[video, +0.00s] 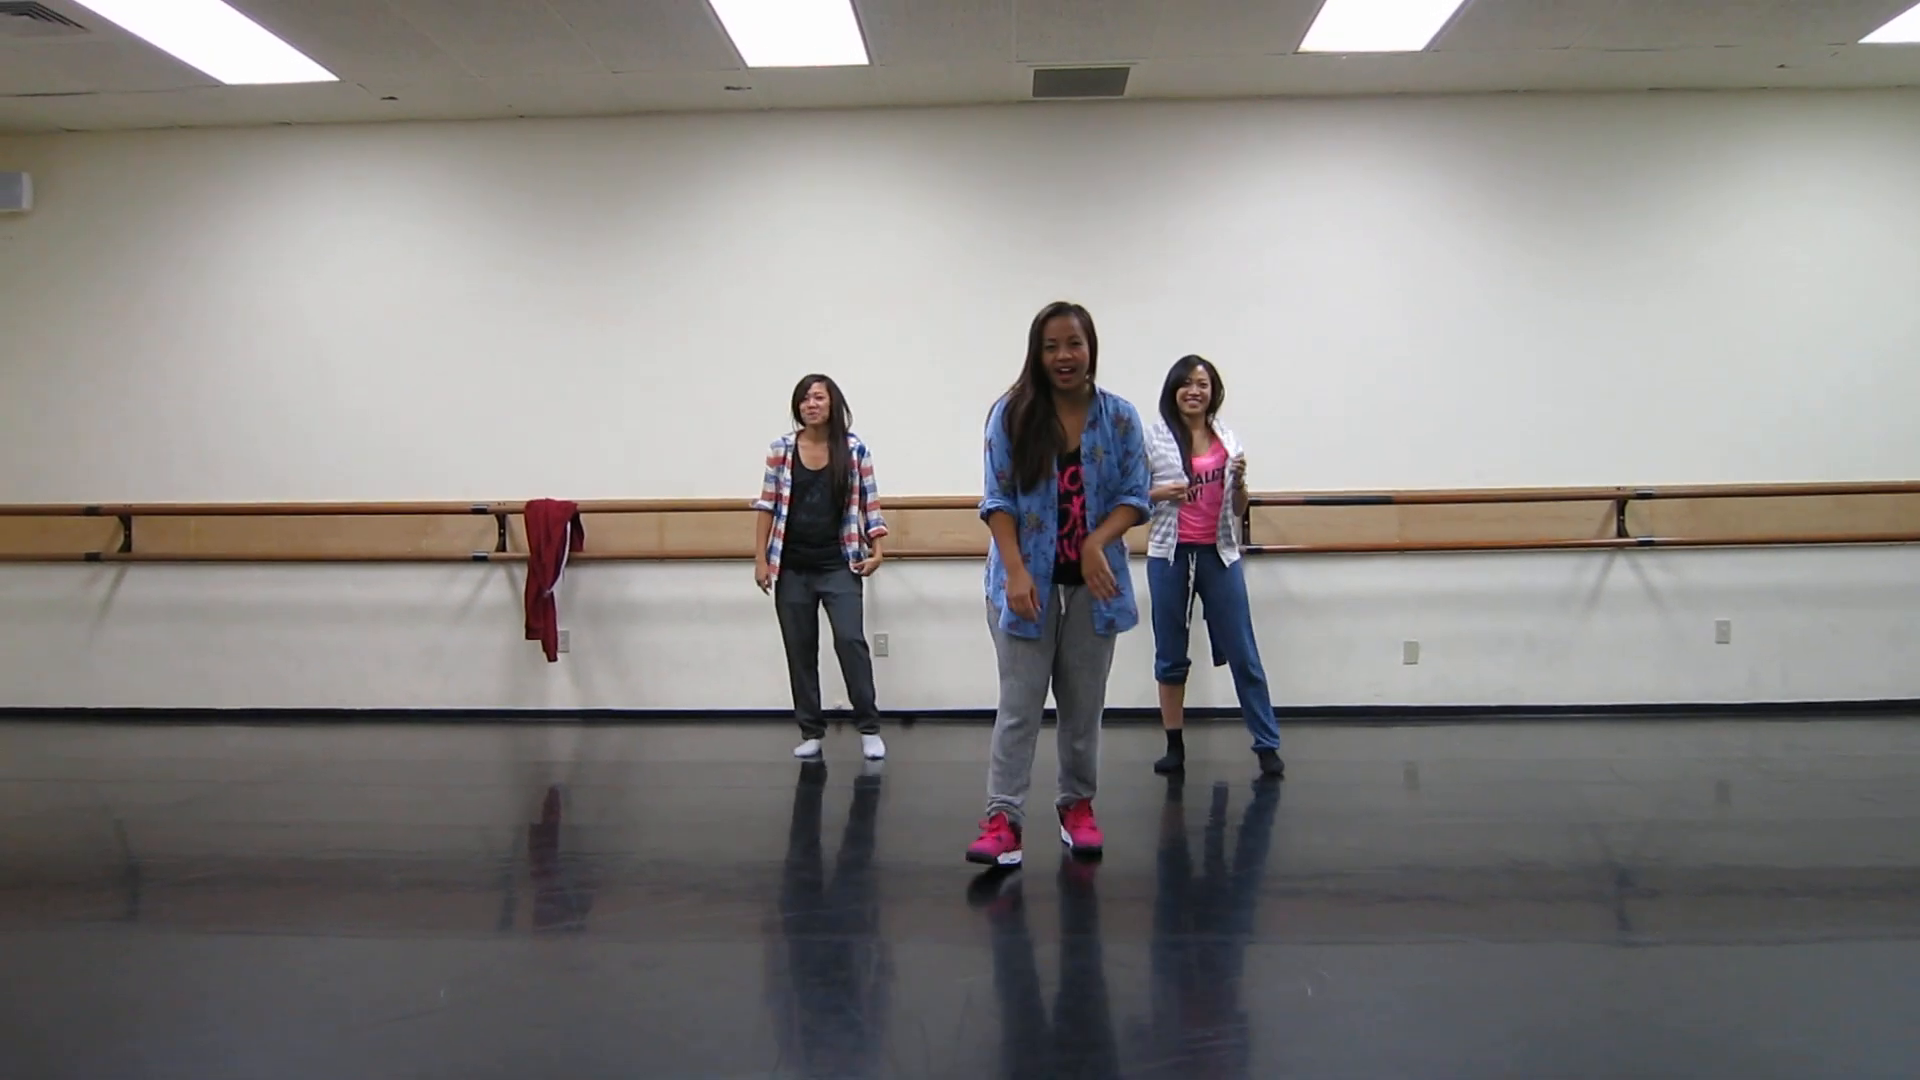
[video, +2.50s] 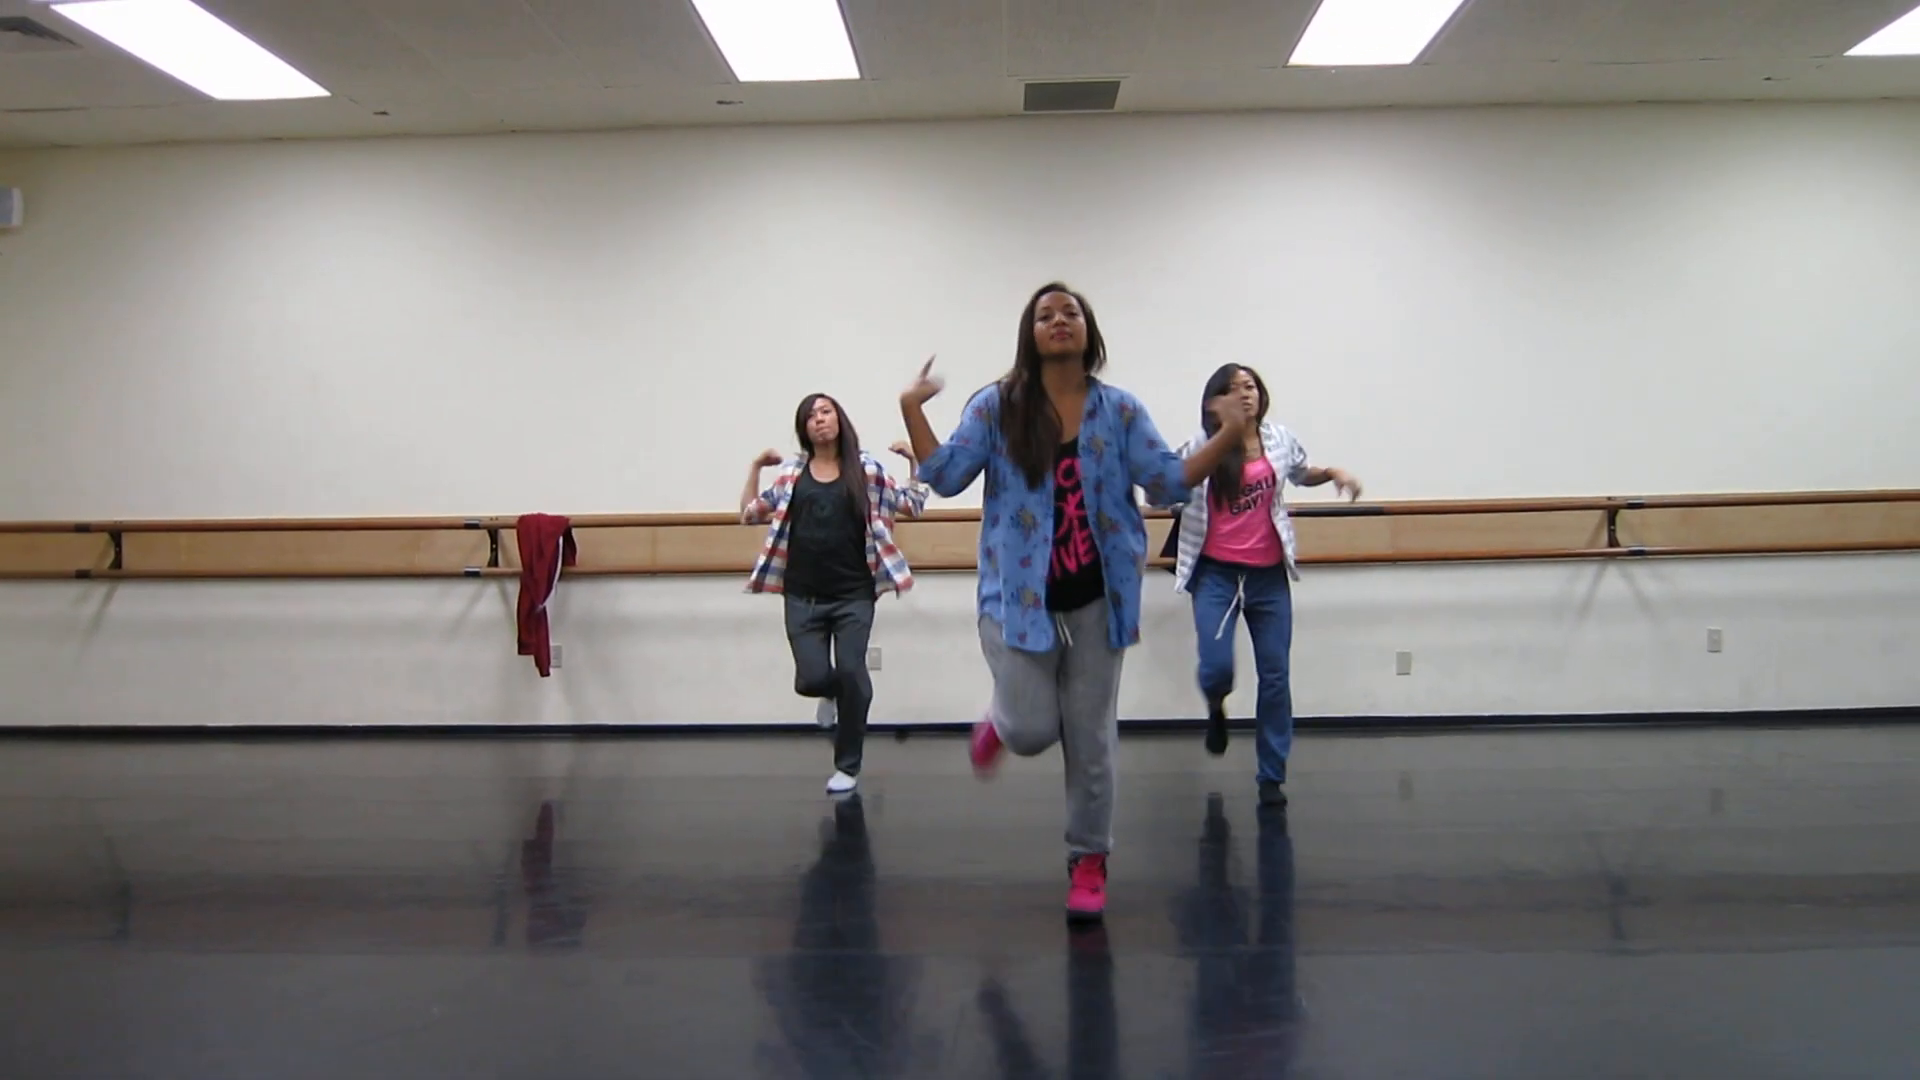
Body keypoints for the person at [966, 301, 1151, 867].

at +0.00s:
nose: (1066, 356)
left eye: (1076, 344)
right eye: (1053, 346)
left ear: (1092, 348)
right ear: (1037, 354)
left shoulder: (1120, 416)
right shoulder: (1011, 414)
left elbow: (1136, 499)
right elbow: (997, 501)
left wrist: (1095, 540)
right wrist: (1014, 569)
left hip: (1092, 588)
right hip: (1025, 585)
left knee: (1083, 707)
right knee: (1019, 707)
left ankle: (1078, 807)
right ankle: (1003, 817)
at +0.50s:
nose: (1090, 349)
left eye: (1100, 339)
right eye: (1079, 341)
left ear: (1119, 348)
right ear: (1063, 351)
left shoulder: (1142, 424)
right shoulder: (1031, 413)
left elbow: (1154, 510)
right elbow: (1000, 493)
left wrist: (1120, 569)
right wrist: (1009, 561)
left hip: (1101, 593)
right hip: (1034, 590)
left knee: (1089, 710)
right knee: (1034, 707)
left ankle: (1078, 810)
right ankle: (1024, 823)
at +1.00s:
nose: (1039, 325)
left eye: (1049, 317)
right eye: (1027, 320)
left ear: (1069, 331)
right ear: (1013, 338)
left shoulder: (1103, 403)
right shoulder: (987, 411)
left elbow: (1127, 493)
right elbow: (969, 503)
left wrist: (1097, 559)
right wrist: (963, 582)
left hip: (1086, 586)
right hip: (1012, 590)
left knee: (1086, 712)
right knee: (1024, 717)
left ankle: (1081, 801)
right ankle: (1030, 832)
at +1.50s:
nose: (1024, 324)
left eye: (1036, 316)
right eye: (1013, 317)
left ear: (1056, 331)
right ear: (997, 334)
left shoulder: (1087, 402)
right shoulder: (972, 410)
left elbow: (1116, 490)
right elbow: (954, 502)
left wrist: (1062, 528)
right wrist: (966, 576)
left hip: (1074, 576)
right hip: (1002, 583)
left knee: (1078, 694)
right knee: (1019, 714)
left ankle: (1086, 815)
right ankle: (1034, 831)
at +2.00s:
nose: (1058, 326)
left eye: (1070, 318)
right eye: (1046, 318)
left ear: (1088, 333)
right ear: (1028, 335)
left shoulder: (1114, 417)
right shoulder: (992, 409)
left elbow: (1142, 506)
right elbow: (955, 499)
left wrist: (1108, 549)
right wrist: (959, 573)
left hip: (1078, 600)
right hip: (1004, 601)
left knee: (1074, 727)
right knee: (1019, 729)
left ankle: (1085, 854)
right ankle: (1029, 839)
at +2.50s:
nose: (1059, 321)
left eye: (1070, 312)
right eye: (1046, 315)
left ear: (1090, 330)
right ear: (1028, 335)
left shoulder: (1119, 408)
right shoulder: (996, 405)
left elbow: (1171, 481)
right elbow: (945, 476)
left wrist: (1228, 434)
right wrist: (910, 411)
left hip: (1096, 601)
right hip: (1017, 603)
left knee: (1090, 741)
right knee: (1032, 732)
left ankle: (1088, 863)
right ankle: (996, 725)